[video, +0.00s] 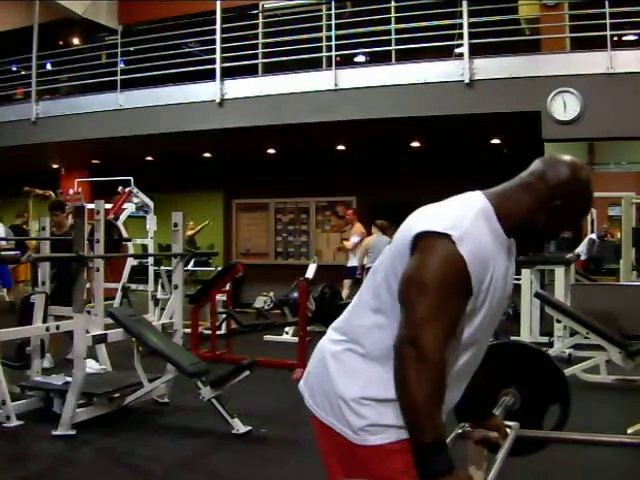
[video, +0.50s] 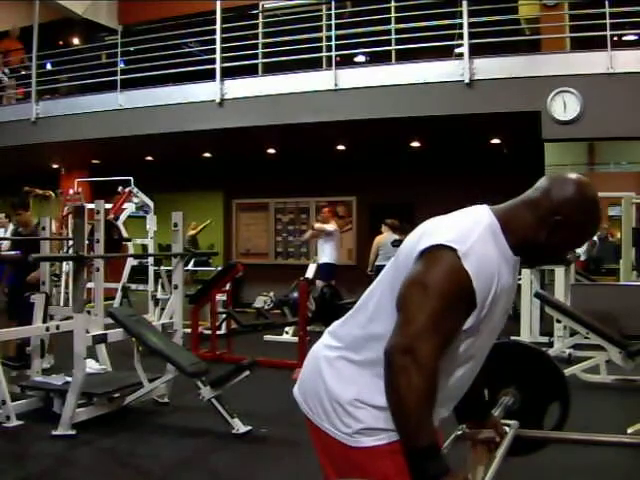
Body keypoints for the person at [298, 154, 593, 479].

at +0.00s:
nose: (562, 235)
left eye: (570, 226)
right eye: (567, 223)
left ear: (539, 192)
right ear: (551, 205)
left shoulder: (497, 240)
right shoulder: (454, 237)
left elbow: (454, 341)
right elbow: (417, 349)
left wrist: (471, 414)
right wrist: (437, 462)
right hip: (360, 399)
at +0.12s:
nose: (569, 245)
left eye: (576, 236)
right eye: (573, 232)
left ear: (540, 195)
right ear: (553, 214)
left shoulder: (495, 244)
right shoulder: (463, 242)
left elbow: (450, 346)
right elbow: (414, 352)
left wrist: (471, 413)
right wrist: (434, 463)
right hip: (359, 400)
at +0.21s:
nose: (570, 248)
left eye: (578, 239)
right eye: (575, 235)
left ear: (542, 200)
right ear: (554, 217)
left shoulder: (495, 244)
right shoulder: (464, 246)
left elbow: (448, 343)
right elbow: (411, 353)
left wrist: (471, 412)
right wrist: (434, 465)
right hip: (357, 401)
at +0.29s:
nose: (570, 248)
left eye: (578, 240)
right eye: (575, 235)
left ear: (543, 201)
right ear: (554, 217)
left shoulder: (496, 244)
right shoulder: (463, 246)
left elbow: (450, 342)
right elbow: (411, 354)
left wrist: (471, 411)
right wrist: (434, 466)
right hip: (355, 400)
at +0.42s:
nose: (571, 251)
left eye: (578, 242)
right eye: (576, 238)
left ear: (544, 209)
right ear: (555, 221)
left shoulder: (497, 248)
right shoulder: (464, 250)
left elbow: (450, 342)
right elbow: (408, 356)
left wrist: (471, 412)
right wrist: (432, 466)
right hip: (354, 401)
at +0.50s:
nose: (569, 254)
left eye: (577, 246)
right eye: (574, 243)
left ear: (545, 212)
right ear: (553, 224)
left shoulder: (497, 250)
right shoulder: (463, 252)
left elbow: (457, 342)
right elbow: (408, 355)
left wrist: (474, 415)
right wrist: (429, 463)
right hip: (355, 403)